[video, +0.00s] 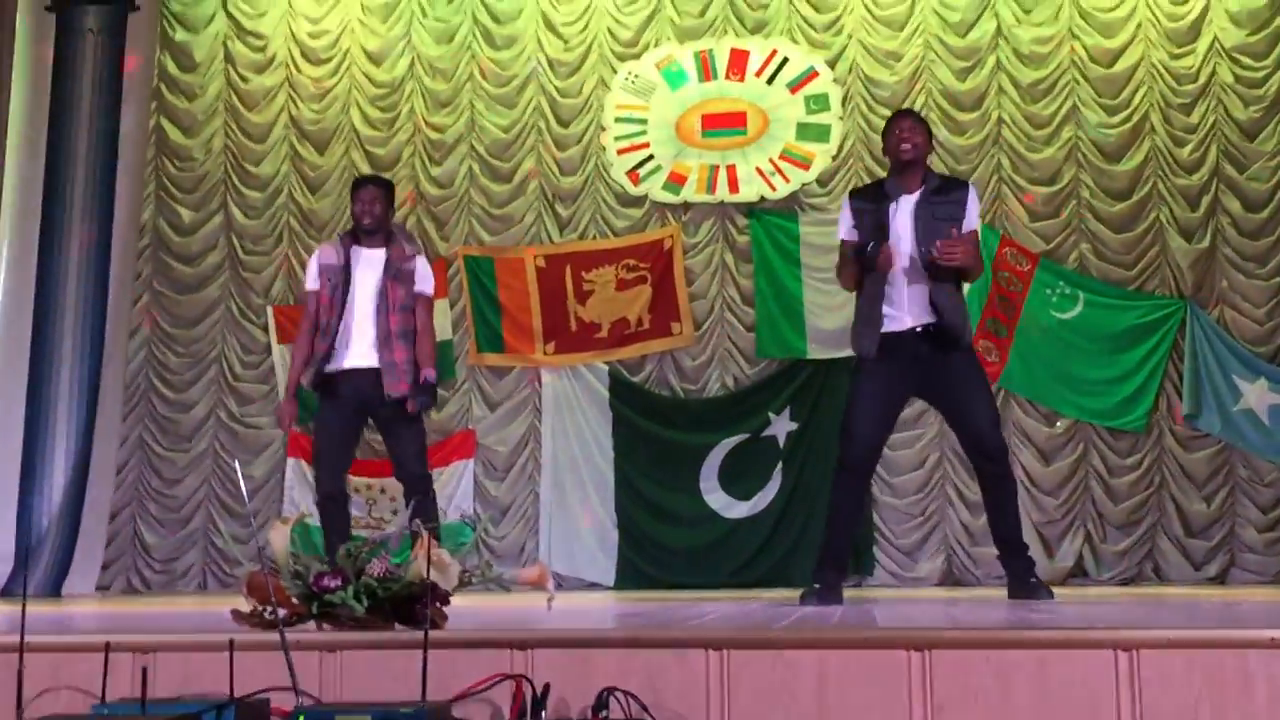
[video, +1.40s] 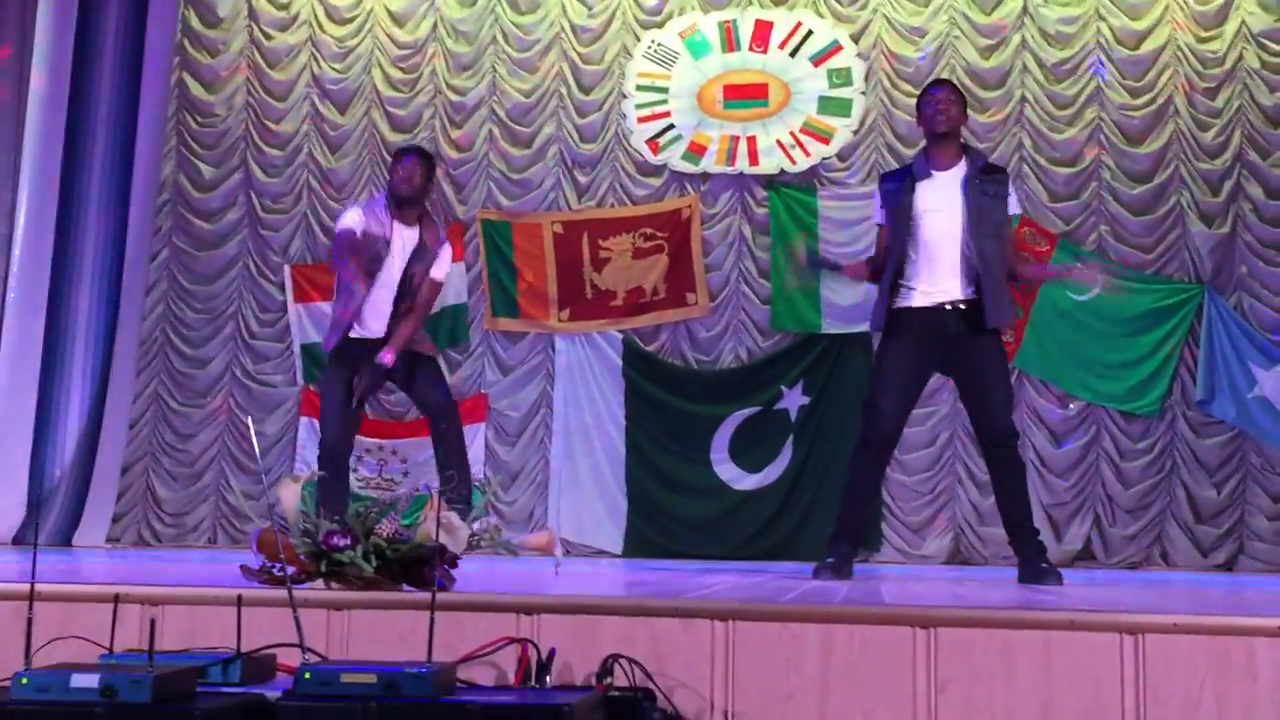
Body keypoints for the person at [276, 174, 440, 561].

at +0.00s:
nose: (367, 209)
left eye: (375, 202)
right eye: (361, 202)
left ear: (390, 208)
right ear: (350, 208)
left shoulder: (412, 261)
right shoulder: (326, 257)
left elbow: (423, 326)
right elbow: (307, 329)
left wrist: (428, 377)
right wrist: (290, 392)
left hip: (395, 385)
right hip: (340, 386)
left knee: (415, 478)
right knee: (328, 483)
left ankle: (431, 568)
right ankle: (338, 572)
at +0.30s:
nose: (339, 225)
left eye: (348, 219)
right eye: (333, 219)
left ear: (363, 226)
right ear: (323, 225)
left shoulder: (386, 271)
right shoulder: (300, 273)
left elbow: (439, 318)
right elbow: (244, 314)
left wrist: (447, 347)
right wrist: (266, 347)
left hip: (375, 399)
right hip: (321, 401)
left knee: (395, 492)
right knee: (323, 501)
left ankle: (414, 582)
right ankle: (322, 588)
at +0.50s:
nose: (339, 203)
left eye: (347, 196)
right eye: (332, 196)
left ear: (361, 204)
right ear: (322, 201)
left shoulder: (383, 252)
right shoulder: (296, 251)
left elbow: (416, 308)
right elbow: (289, 309)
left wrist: (441, 297)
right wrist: (245, 291)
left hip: (367, 375)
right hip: (312, 376)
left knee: (382, 469)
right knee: (309, 473)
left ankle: (396, 559)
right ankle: (303, 562)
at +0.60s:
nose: (349, 196)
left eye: (358, 189)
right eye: (343, 189)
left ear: (373, 195)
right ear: (335, 194)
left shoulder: (397, 245)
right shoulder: (311, 242)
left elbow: (403, 295)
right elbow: (307, 302)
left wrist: (352, 281)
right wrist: (351, 323)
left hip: (373, 364)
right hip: (320, 363)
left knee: (385, 459)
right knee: (305, 461)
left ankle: (394, 548)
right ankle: (301, 549)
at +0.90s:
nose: (408, 191)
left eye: (417, 184)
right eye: (403, 184)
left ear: (435, 187)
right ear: (395, 187)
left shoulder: (459, 238)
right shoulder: (373, 233)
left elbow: (467, 297)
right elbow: (346, 282)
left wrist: (417, 301)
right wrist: (381, 290)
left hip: (431, 358)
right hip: (377, 354)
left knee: (439, 451)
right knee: (354, 449)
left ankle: (440, 544)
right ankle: (342, 542)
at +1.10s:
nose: (421, 180)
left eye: (429, 174)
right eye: (416, 174)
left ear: (445, 183)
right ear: (408, 181)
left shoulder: (468, 231)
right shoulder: (389, 227)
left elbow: (481, 294)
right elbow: (331, 235)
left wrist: (439, 326)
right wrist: (360, 225)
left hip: (450, 354)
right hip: (394, 351)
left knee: (461, 451)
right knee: (373, 449)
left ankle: (464, 547)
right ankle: (350, 543)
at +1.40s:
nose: (405, 176)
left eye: (415, 171)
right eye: (400, 168)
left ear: (428, 183)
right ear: (389, 176)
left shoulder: (438, 241)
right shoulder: (359, 216)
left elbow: (419, 310)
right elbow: (346, 250)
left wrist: (384, 361)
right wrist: (364, 260)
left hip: (404, 345)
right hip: (351, 344)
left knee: (444, 409)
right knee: (334, 442)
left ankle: (458, 515)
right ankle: (334, 530)